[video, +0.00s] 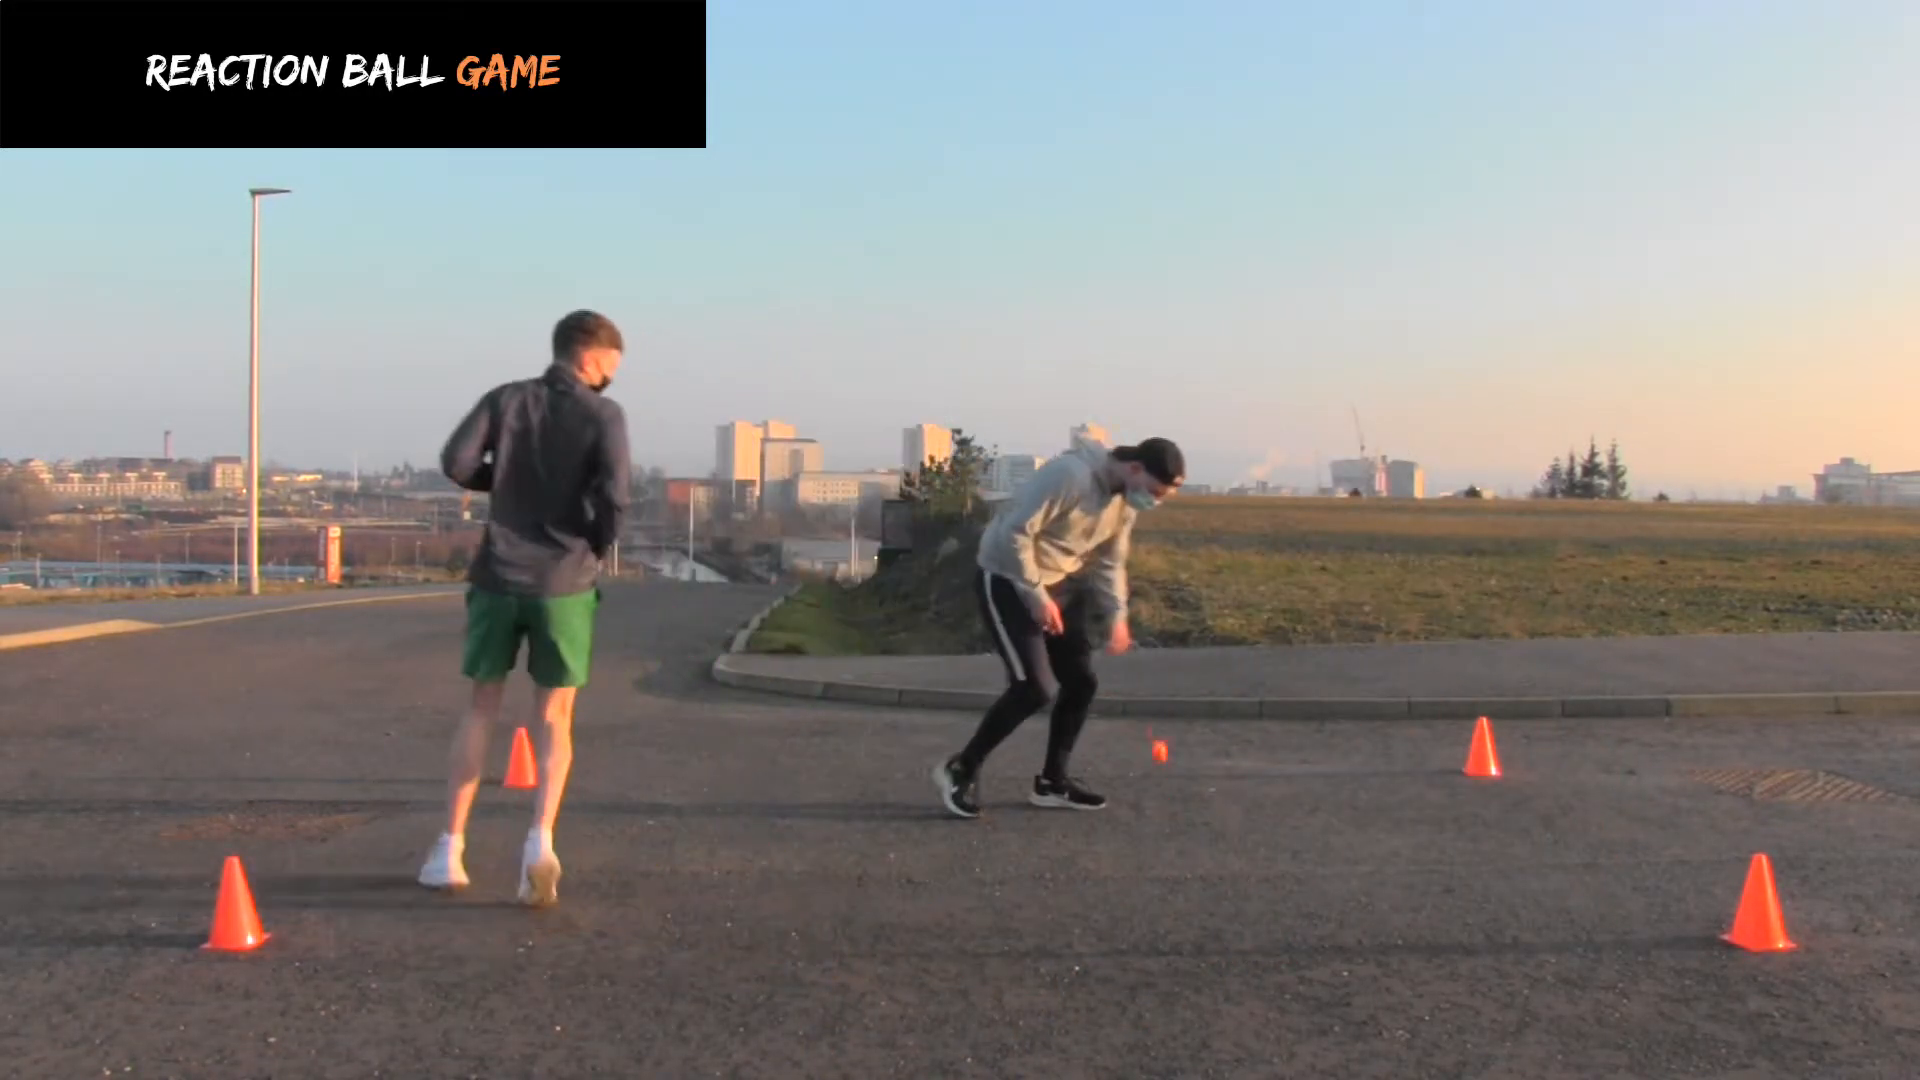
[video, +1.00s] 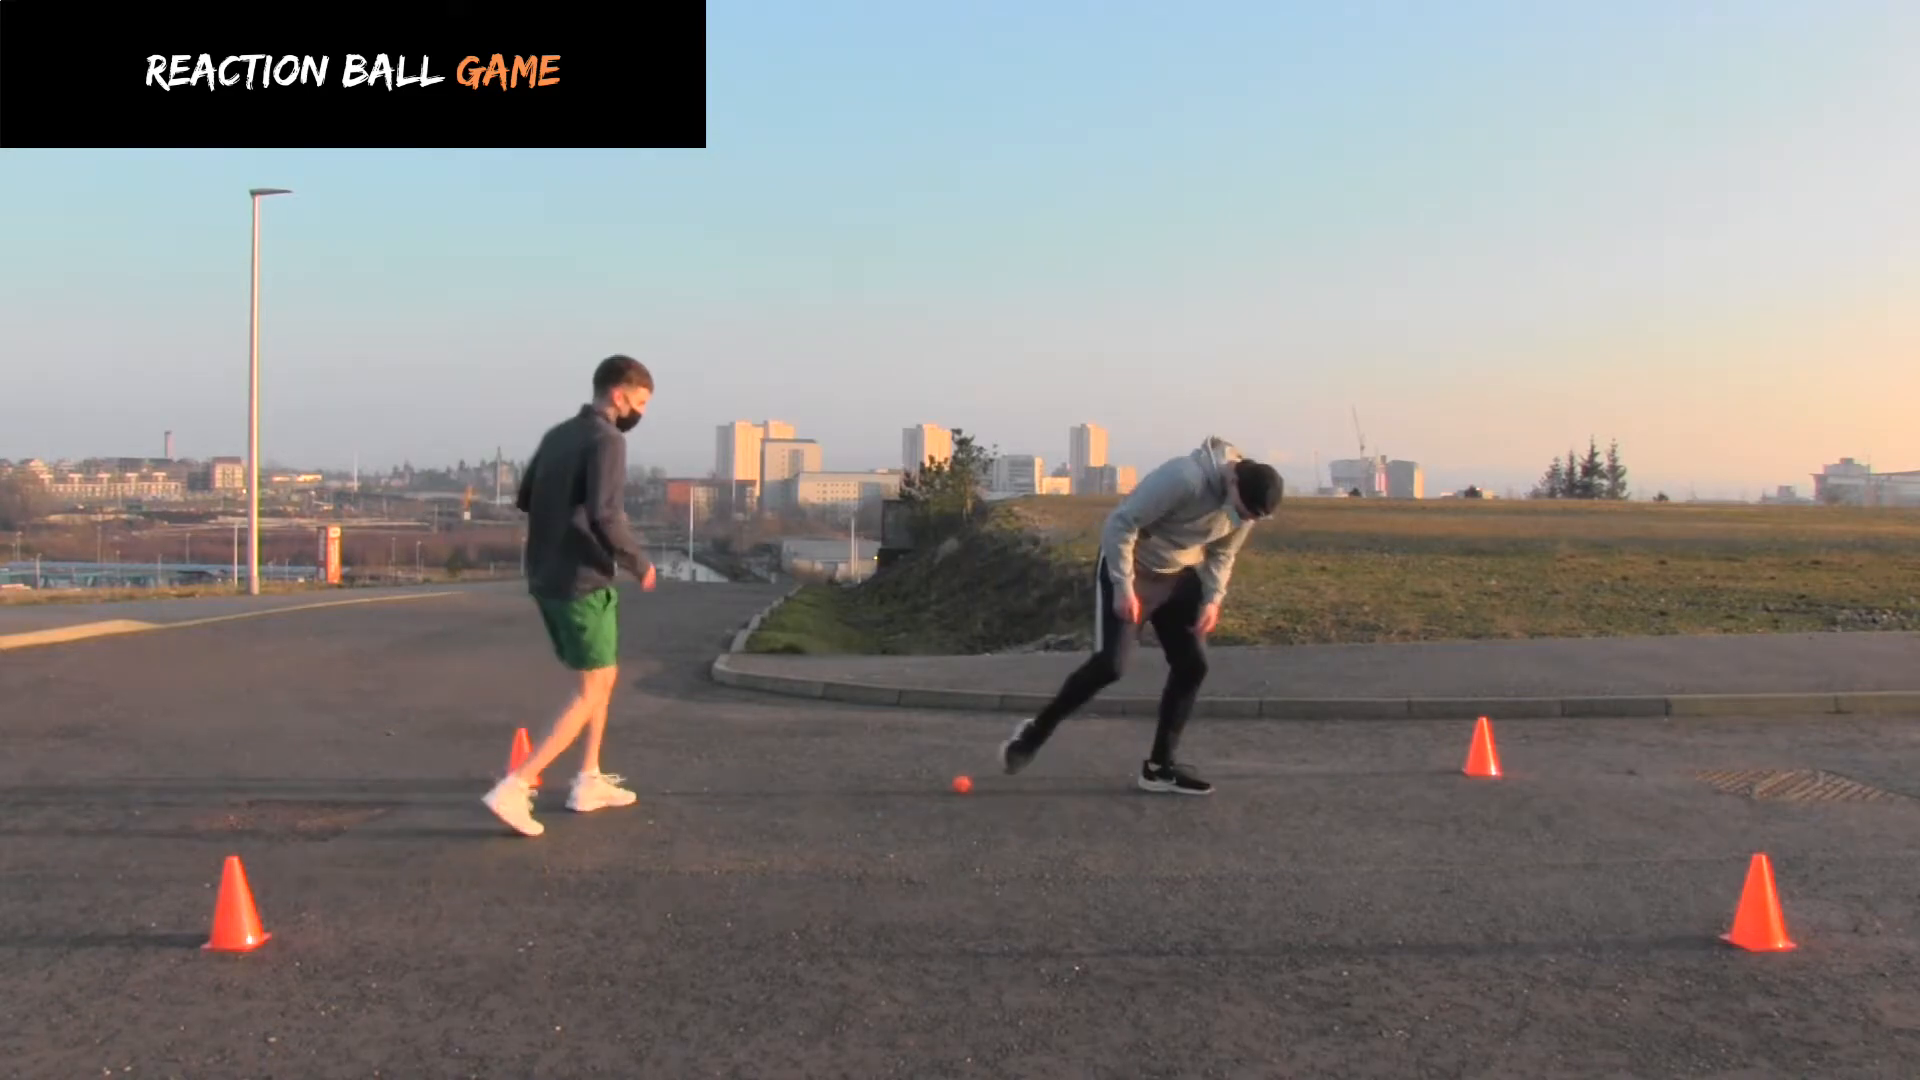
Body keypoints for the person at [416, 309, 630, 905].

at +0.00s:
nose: (614, 372)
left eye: (616, 363)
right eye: (612, 362)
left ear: (562, 350)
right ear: (589, 355)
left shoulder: (505, 398)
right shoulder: (604, 416)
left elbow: (457, 464)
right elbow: (612, 499)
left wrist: (505, 481)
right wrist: (600, 547)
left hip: (496, 578)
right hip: (564, 585)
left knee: (481, 708)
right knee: (555, 717)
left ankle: (449, 848)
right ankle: (540, 840)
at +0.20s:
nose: (571, 406)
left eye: (572, 395)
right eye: (568, 394)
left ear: (522, 386)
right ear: (543, 388)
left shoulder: (469, 435)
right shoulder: (547, 447)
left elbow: (426, 503)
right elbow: (538, 527)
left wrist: (482, 526)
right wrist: (571, 592)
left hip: (457, 607)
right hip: (519, 610)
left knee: (459, 719)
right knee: (546, 705)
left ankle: (430, 848)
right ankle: (507, 816)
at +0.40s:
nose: (576, 389)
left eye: (579, 379)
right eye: (574, 378)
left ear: (531, 368)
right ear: (546, 369)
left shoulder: (482, 415)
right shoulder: (545, 421)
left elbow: (472, 490)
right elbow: (530, 498)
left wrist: (549, 475)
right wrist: (565, 557)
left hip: (467, 571)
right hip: (522, 577)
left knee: (469, 691)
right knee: (535, 690)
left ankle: (427, 814)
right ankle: (503, 808)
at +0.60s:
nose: (595, 416)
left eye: (598, 407)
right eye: (592, 405)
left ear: (554, 399)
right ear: (565, 399)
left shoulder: (504, 440)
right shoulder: (563, 455)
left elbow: (478, 510)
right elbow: (559, 539)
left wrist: (529, 527)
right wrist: (594, 592)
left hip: (488, 597)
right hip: (537, 602)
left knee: (502, 703)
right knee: (553, 700)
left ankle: (430, 777)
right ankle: (497, 810)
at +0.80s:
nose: (620, 398)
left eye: (623, 389)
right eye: (617, 387)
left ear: (579, 377)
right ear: (594, 377)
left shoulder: (527, 417)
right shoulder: (586, 426)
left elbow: (483, 470)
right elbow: (580, 505)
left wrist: (533, 492)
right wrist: (619, 532)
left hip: (519, 569)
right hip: (558, 574)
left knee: (551, 677)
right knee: (556, 680)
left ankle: (533, 784)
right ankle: (502, 798)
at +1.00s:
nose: (642, 413)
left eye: (645, 404)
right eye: (640, 402)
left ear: (605, 392)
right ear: (618, 393)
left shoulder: (560, 434)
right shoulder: (607, 440)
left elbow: (527, 498)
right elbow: (604, 514)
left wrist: (576, 521)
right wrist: (639, 563)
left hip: (552, 580)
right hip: (584, 584)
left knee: (604, 675)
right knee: (594, 691)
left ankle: (589, 780)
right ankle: (514, 787)